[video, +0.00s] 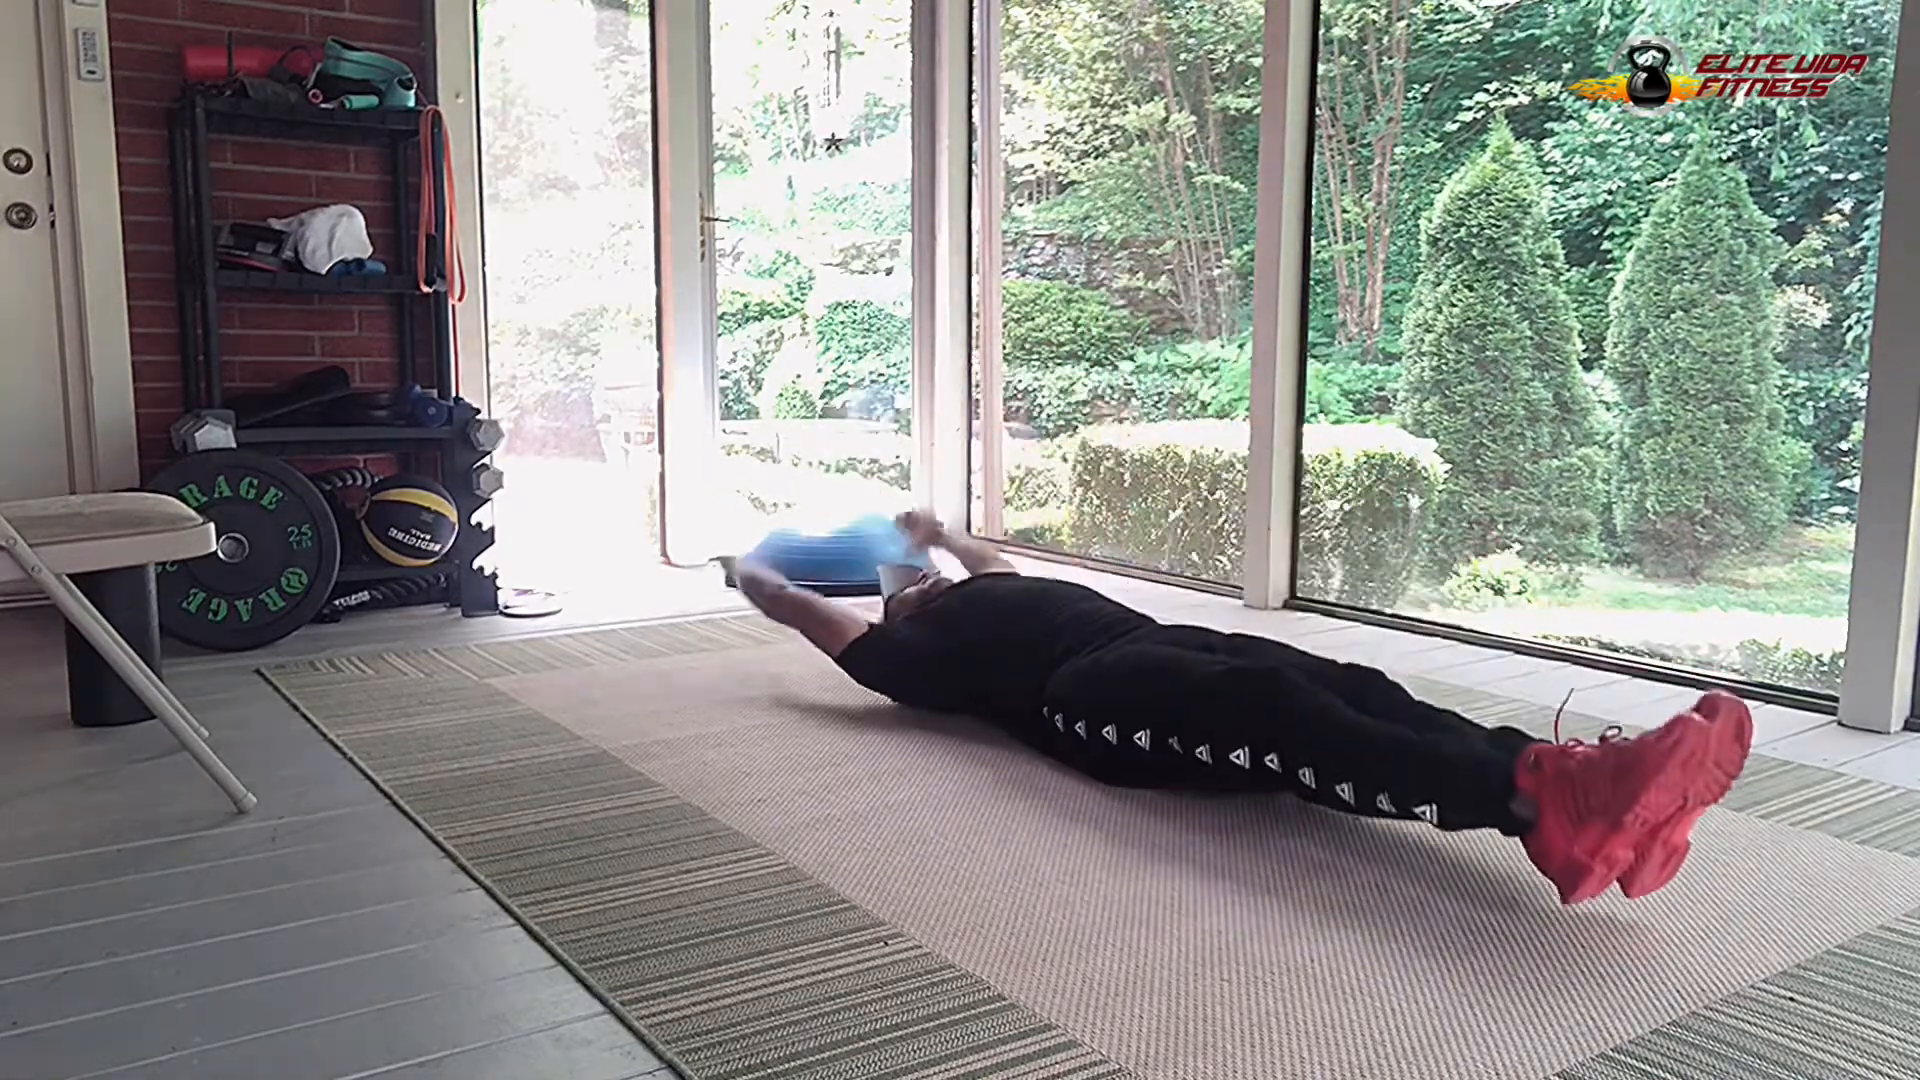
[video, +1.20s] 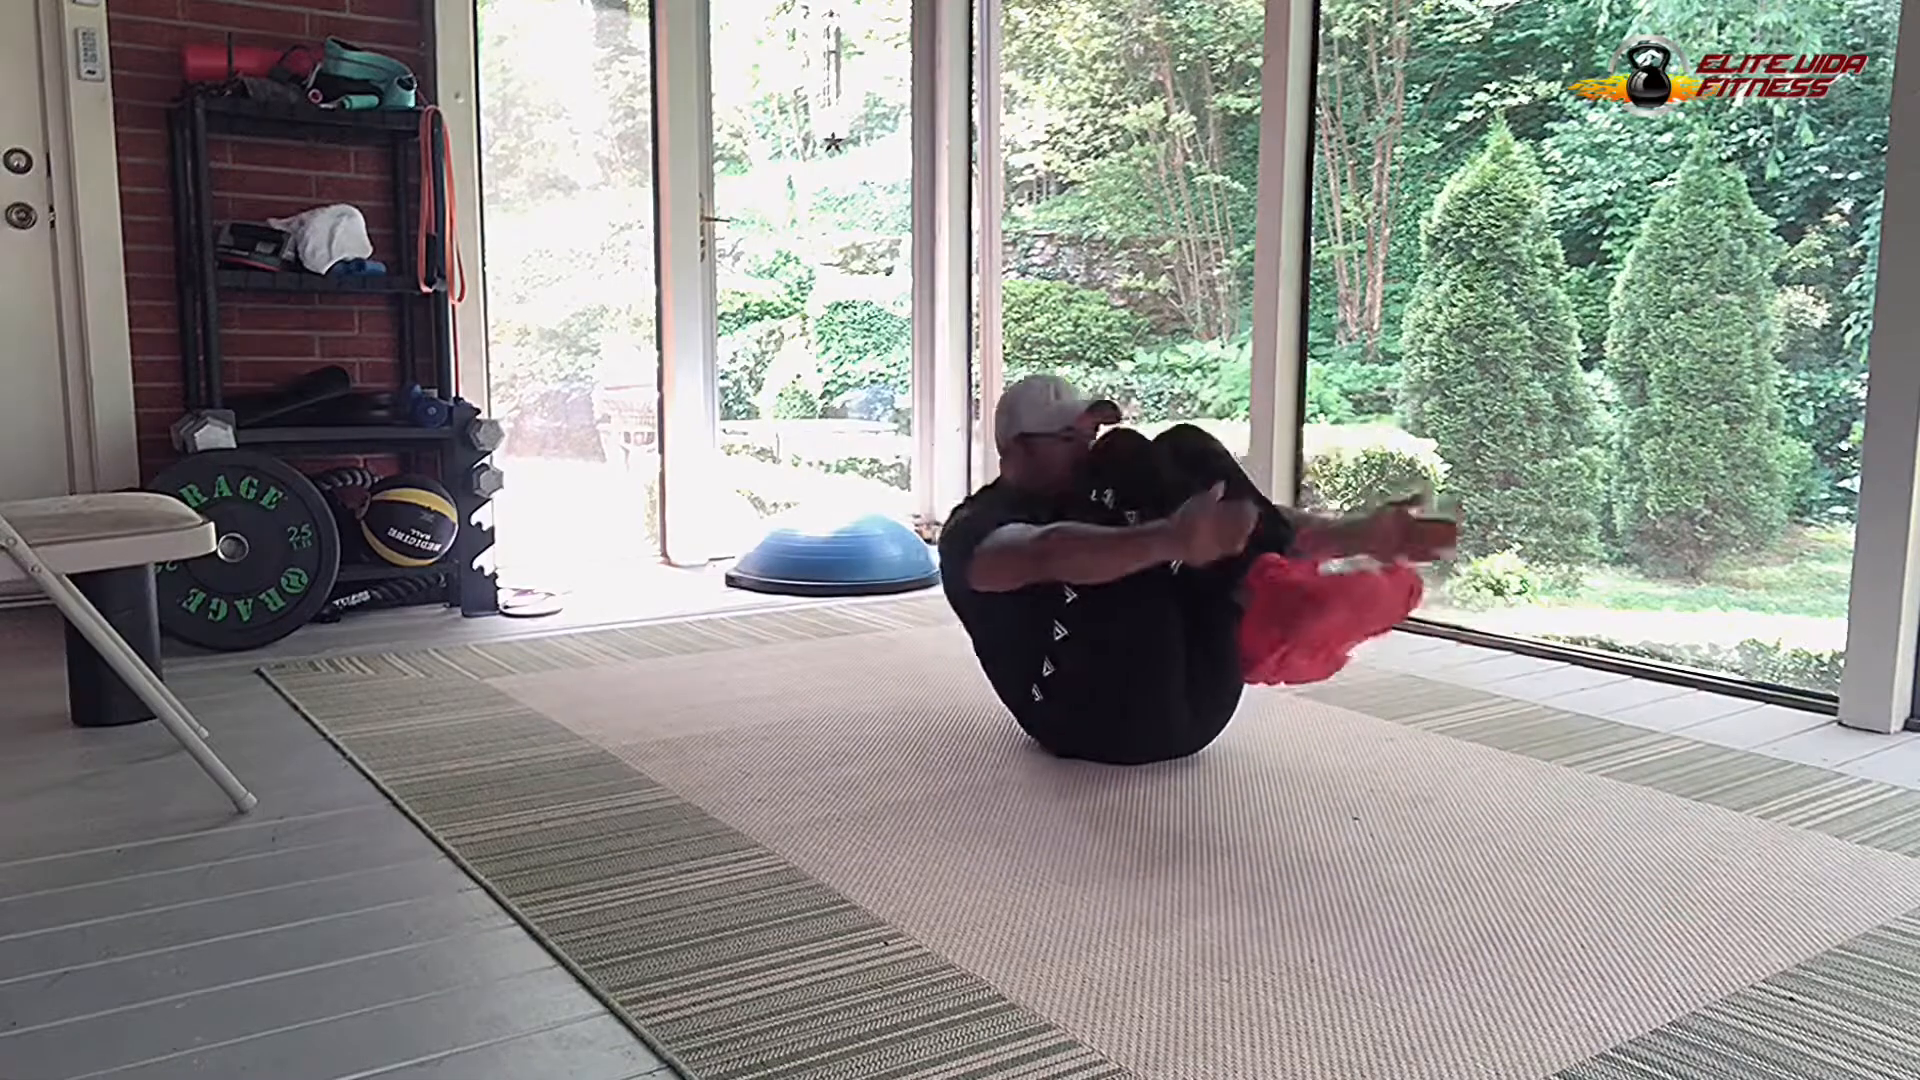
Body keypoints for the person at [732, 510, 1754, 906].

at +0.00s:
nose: (906, 570)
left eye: (911, 562)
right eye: (888, 578)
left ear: (935, 576)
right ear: (880, 610)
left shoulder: (993, 585)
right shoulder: (884, 642)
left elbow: (982, 546)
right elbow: (759, 578)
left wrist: (930, 534)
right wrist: (837, 573)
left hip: (1144, 642)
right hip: (1081, 684)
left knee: (1336, 677)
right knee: (1277, 703)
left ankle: (1581, 827)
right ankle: (1552, 789)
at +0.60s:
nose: (912, 554)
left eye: (915, 550)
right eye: (895, 560)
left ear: (939, 565)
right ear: (878, 594)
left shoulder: (996, 585)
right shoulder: (882, 626)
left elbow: (1043, 558)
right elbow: (771, 559)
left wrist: (967, 537)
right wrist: (773, 550)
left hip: (1136, 649)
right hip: (1067, 686)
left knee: (1352, 648)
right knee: (1290, 673)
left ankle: (1577, 788)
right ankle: (1539, 812)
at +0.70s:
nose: (953, 525)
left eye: (958, 519)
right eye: (933, 526)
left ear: (979, 541)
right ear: (904, 563)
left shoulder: (1036, 584)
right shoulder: (913, 623)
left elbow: (1068, 525)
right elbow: (840, 567)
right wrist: (796, 489)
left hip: (1168, 684)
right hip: (1090, 708)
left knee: (1337, 592)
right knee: (1260, 612)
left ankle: (1544, 739)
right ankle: (1498, 759)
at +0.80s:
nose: (982, 489)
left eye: (988, 479)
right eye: (963, 484)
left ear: (1007, 503)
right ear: (927, 521)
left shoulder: (1062, 557)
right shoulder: (926, 595)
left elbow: (1130, 454)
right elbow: (887, 557)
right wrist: (863, 463)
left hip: (1175, 691)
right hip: (1089, 713)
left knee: (1312, 536)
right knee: (1221, 552)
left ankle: (1494, 682)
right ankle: (1447, 703)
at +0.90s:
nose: (1025, 480)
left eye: (1026, 467)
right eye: (1007, 468)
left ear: (1027, 477)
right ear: (961, 481)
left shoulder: (1073, 542)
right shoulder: (942, 577)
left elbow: (1174, 485)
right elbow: (948, 508)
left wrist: (1265, 377)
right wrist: (982, 386)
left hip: (1179, 702)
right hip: (1094, 714)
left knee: (1274, 488)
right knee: (1174, 511)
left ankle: (1436, 635)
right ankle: (1376, 655)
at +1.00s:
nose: (1053, 469)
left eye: (1058, 455)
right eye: (1035, 458)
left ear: (1064, 459)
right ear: (990, 473)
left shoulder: (1103, 526)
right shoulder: (959, 544)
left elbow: (1217, 524)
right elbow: (982, 550)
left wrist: (1348, 438)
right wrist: (1081, 426)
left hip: (1188, 708)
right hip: (1095, 713)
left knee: (1226, 451)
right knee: (1144, 461)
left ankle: (1369, 588)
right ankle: (1318, 612)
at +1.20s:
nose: (1090, 450)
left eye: (1084, 437)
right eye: (1077, 441)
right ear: (1021, 452)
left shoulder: (1088, 501)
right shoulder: (974, 531)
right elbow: (1051, 556)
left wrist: (1361, 535)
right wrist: (1176, 542)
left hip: (1188, 704)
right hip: (1098, 715)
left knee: (1182, 445)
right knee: (1123, 454)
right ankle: (1275, 593)